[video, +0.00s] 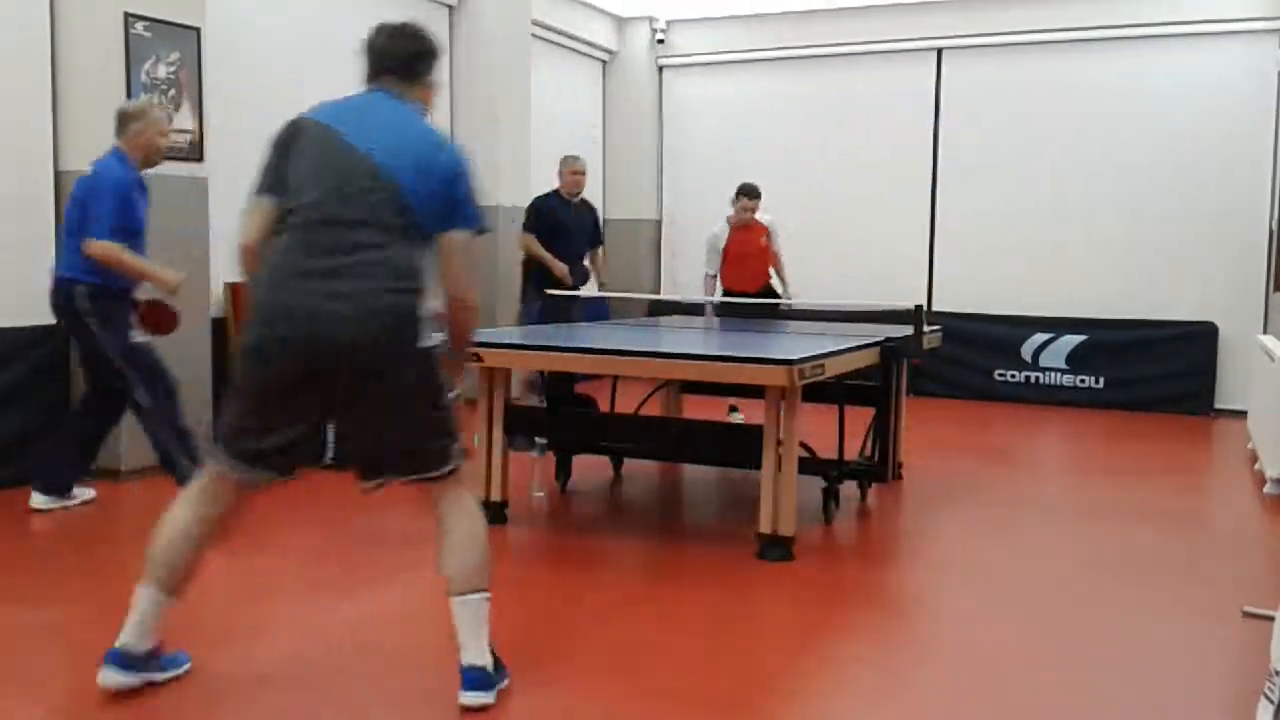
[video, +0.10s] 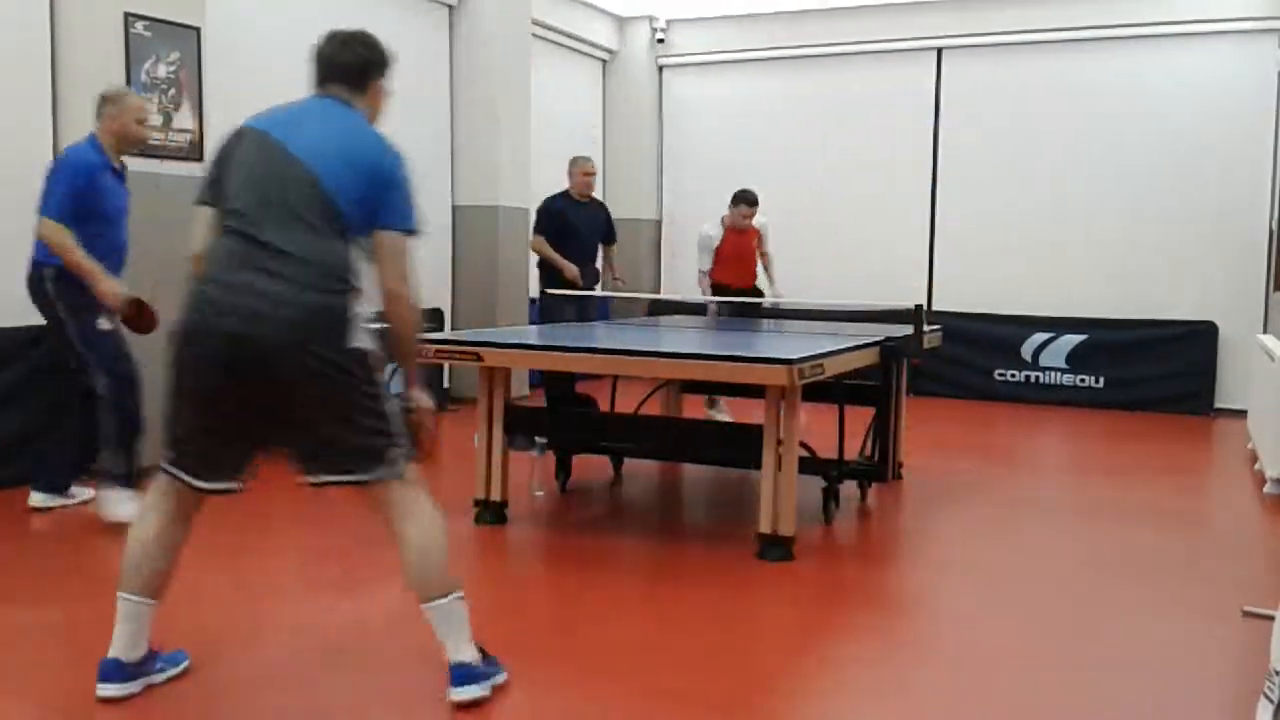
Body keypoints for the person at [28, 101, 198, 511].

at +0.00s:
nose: (168, 144)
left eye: (168, 136)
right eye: (162, 136)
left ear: (139, 137)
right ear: (138, 135)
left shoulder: (131, 179)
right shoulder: (109, 176)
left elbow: (117, 250)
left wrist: (135, 301)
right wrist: (158, 275)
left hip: (103, 295)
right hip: (85, 294)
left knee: (108, 392)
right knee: (151, 383)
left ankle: (54, 484)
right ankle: (192, 474)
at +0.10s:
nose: (146, 131)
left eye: (147, 123)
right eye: (139, 123)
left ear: (119, 124)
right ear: (111, 121)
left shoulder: (113, 169)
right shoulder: (78, 162)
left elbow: (96, 239)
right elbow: (50, 230)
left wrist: (115, 298)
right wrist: (100, 281)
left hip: (82, 283)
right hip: (59, 280)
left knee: (77, 379)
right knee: (116, 372)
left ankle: (50, 483)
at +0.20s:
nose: (120, 116)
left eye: (125, 108)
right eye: (112, 106)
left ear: (124, 111)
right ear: (86, 104)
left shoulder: (103, 155)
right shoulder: (54, 146)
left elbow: (88, 222)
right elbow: (11, 202)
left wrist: (103, 278)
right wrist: (39, 264)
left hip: (83, 270)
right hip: (49, 267)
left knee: (82, 372)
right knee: (72, 369)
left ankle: (60, 474)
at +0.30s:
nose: (94, 116)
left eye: (100, 108)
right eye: (85, 107)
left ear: (104, 111)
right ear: (59, 107)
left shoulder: (91, 161)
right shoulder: (31, 149)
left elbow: (85, 219)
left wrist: (93, 273)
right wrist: (2, 266)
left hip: (71, 268)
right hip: (35, 266)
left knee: (65, 373)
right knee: (40, 372)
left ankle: (53, 471)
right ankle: (23, 479)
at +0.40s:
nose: (72, 115)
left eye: (79, 107)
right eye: (63, 106)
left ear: (86, 111)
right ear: (39, 106)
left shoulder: (77, 161)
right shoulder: (14, 151)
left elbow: (81, 225)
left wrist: (80, 278)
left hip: (59, 273)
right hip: (17, 271)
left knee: (56, 369)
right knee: (23, 370)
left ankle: (53, 470)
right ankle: (24, 479)